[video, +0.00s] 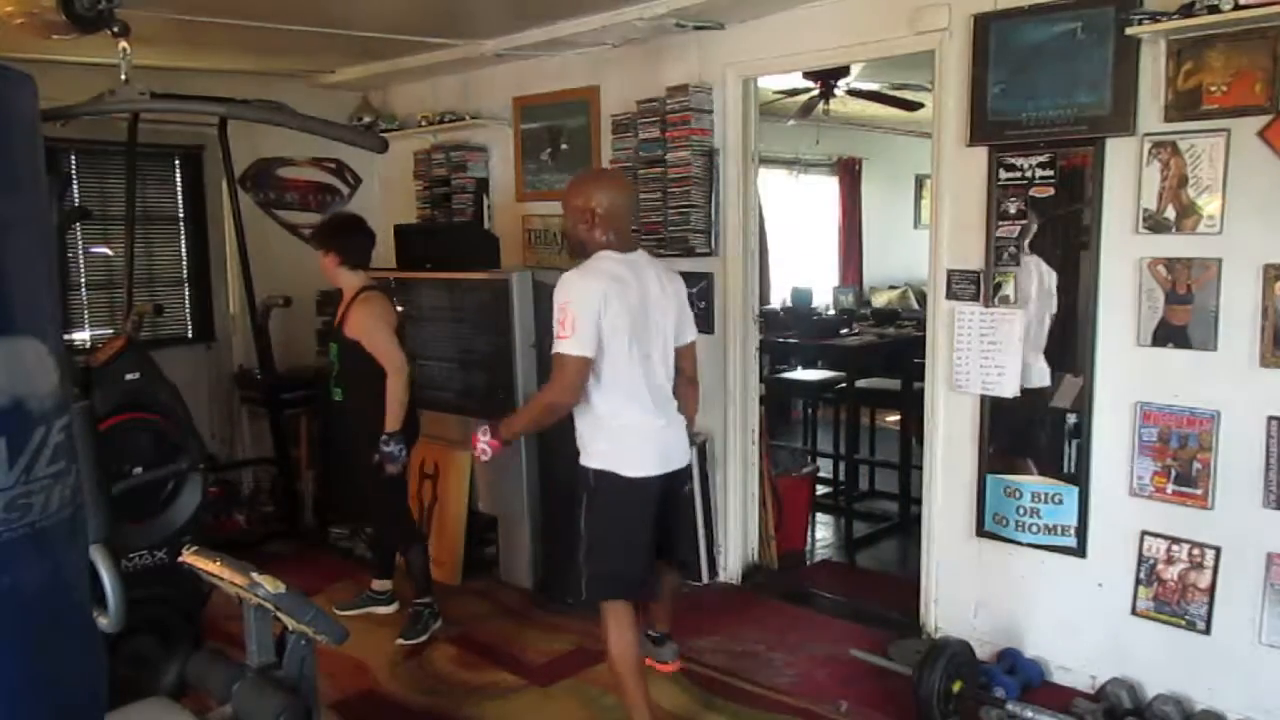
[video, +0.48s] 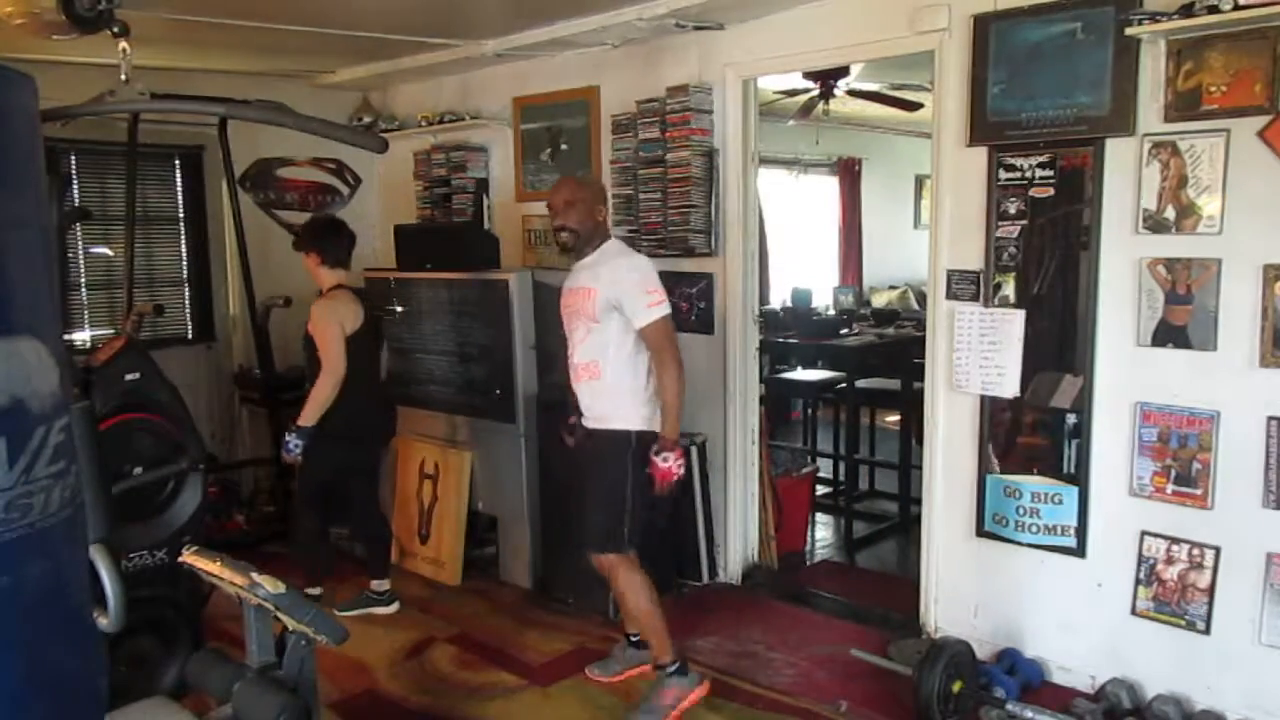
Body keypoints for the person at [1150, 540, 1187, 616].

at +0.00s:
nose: (1173, 554)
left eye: (1176, 552)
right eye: (1171, 551)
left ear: (1180, 553)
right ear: (1167, 552)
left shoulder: (1183, 568)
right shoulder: (1160, 565)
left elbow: (1182, 585)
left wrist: (1174, 602)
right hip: (1160, 599)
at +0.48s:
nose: (1173, 554)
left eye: (1176, 552)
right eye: (1171, 551)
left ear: (1179, 553)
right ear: (1167, 551)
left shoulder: (1183, 567)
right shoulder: (1160, 565)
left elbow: (1181, 586)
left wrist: (1174, 603)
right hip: (1159, 600)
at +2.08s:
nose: (1173, 554)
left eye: (1176, 552)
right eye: (1171, 551)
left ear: (1180, 553)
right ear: (1167, 551)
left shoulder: (1183, 567)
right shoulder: (1160, 565)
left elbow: (1181, 585)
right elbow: (1153, 580)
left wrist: (1174, 602)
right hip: (1159, 600)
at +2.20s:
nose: (1173, 554)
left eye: (1176, 552)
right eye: (1171, 551)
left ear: (1179, 553)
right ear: (1167, 551)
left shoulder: (1183, 567)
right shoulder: (1160, 565)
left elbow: (1182, 584)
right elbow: (1153, 580)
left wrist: (1174, 602)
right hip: (1159, 599)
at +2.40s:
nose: (1173, 554)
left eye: (1176, 552)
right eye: (1171, 551)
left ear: (1179, 553)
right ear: (1167, 551)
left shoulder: (1183, 567)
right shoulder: (1160, 565)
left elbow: (1182, 584)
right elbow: (1152, 580)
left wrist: (1174, 602)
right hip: (1159, 599)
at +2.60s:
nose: (1173, 554)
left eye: (1176, 552)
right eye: (1171, 551)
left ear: (1179, 553)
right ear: (1167, 552)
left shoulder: (1183, 567)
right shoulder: (1160, 565)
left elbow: (1182, 584)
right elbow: (1153, 580)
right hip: (1159, 599)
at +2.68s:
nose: (1172, 554)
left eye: (1176, 552)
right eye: (1170, 551)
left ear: (1179, 553)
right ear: (1167, 551)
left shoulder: (1183, 567)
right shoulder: (1160, 565)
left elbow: (1182, 584)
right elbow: (1152, 580)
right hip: (1159, 599)